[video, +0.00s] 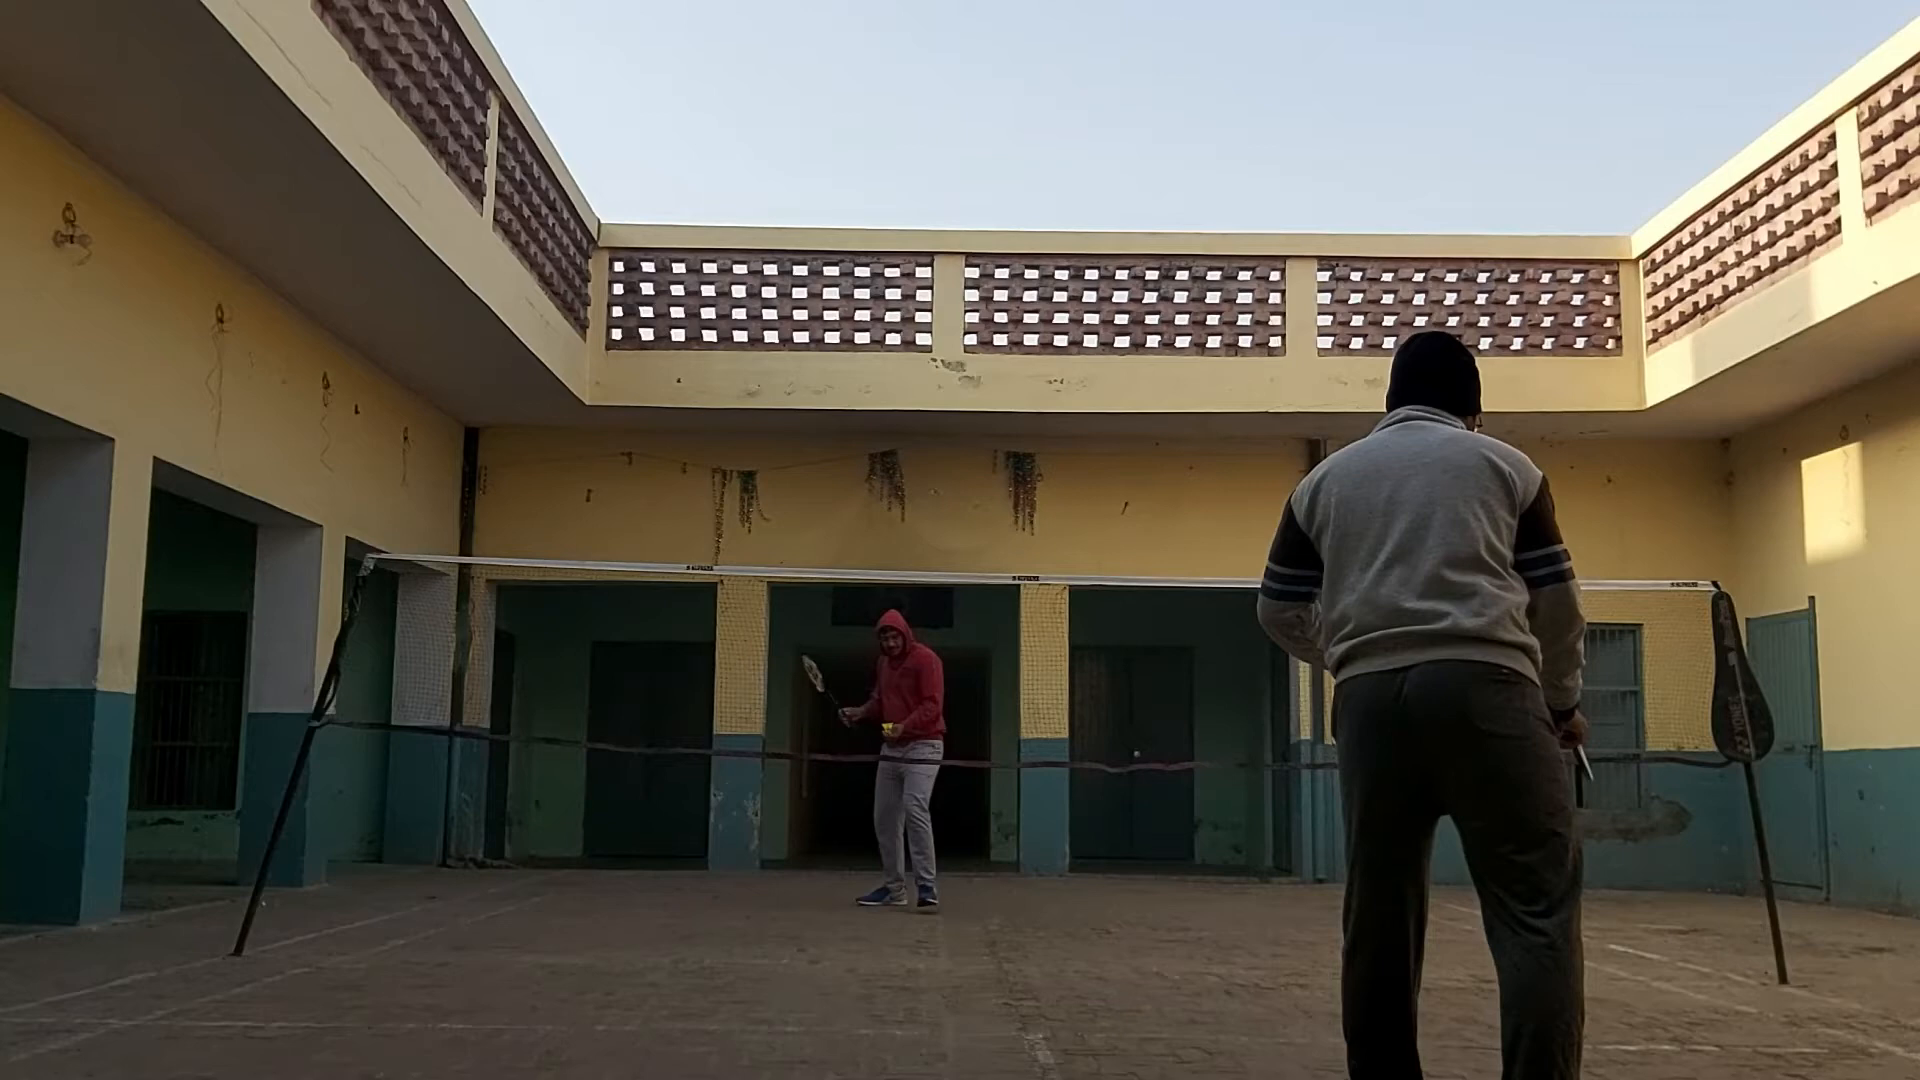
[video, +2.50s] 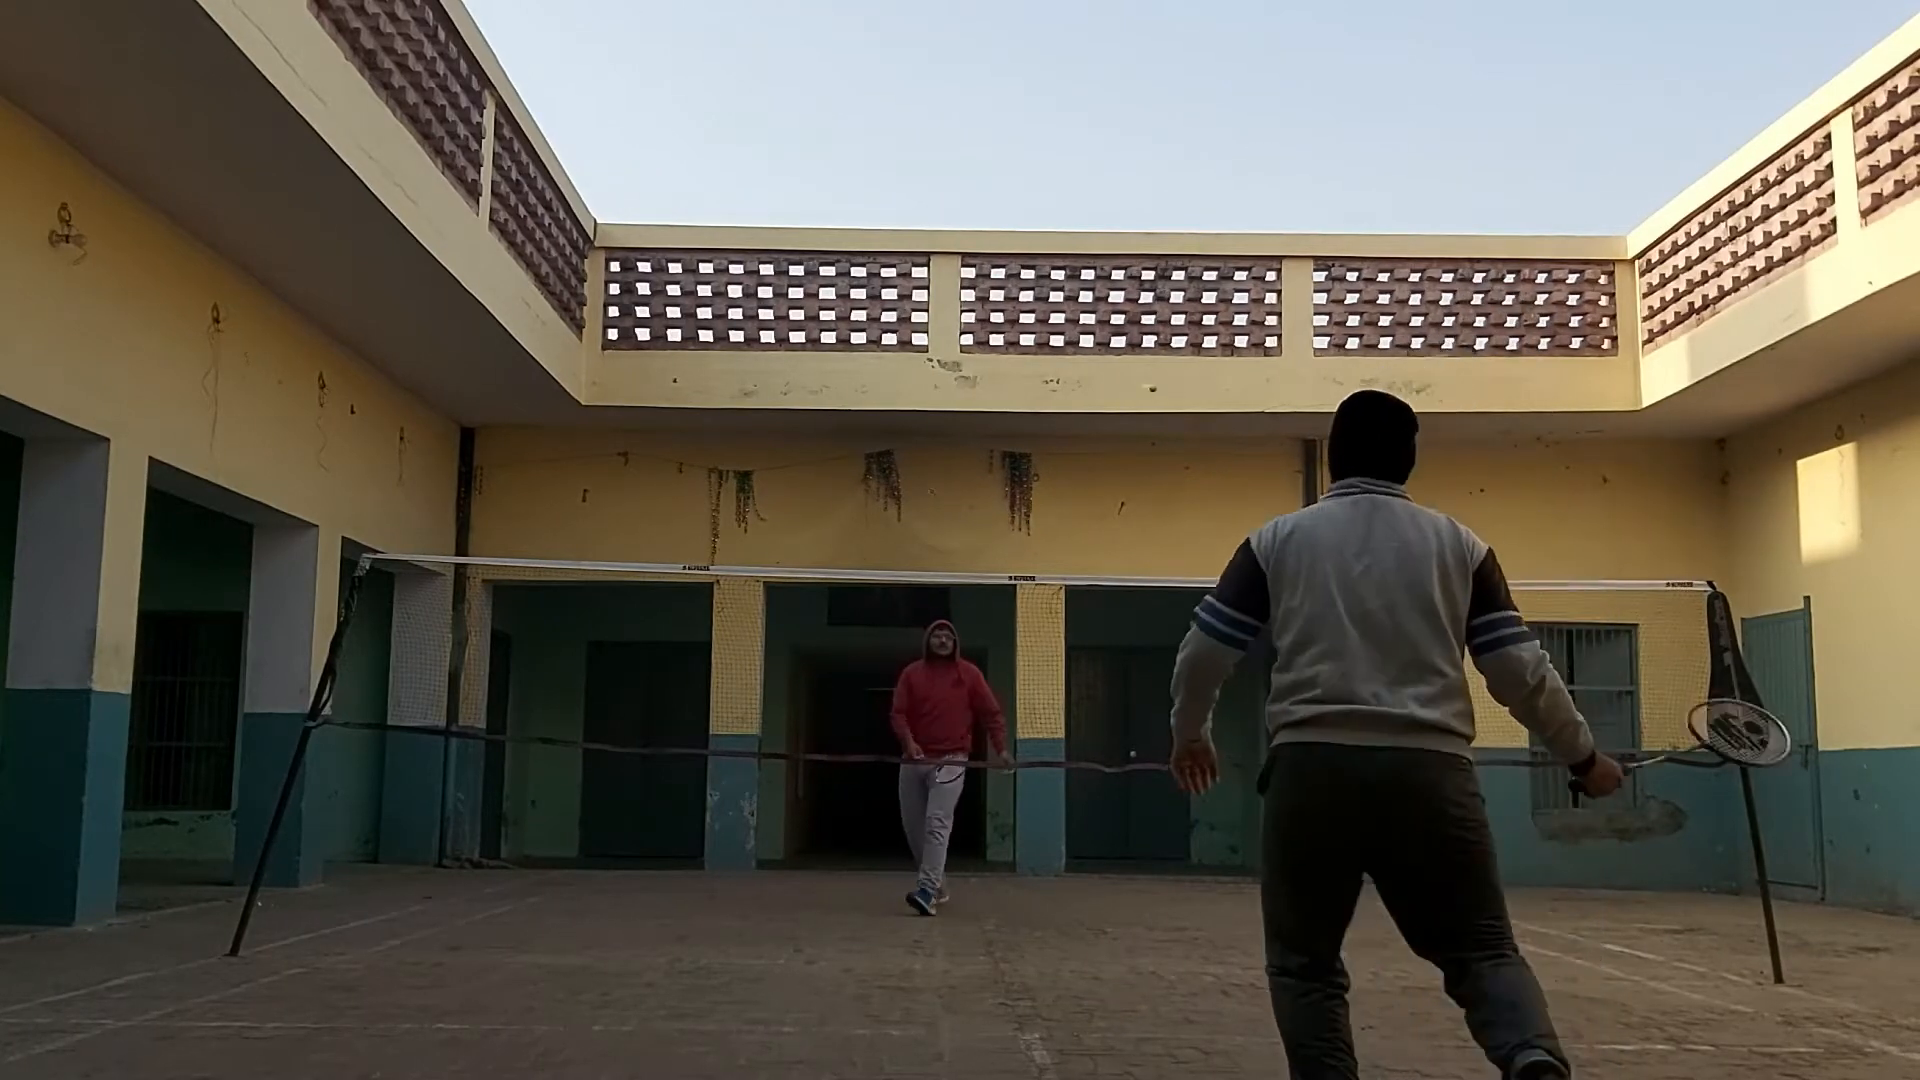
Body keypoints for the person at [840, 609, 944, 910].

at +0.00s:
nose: (889, 641)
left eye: (894, 635)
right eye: (884, 636)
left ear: (906, 635)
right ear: (880, 639)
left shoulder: (926, 660)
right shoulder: (884, 662)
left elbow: (932, 707)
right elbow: (880, 701)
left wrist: (903, 727)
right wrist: (860, 712)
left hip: (923, 746)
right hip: (892, 746)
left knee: (914, 808)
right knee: (885, 816)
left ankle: (926, 885)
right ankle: (894, 886)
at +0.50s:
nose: (894, 639)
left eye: (899, 634)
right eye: (889, 635)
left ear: (910, 635)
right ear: (884, 638)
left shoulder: (928, 660)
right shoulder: (891, 665)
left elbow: (935, 711)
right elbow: (899, 705)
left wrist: (902, 734)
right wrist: (885, 723)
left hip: (929, 751)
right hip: (900, 750)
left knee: (920, 823)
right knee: (886, 817)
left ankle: (923, 895)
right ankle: (889, 884)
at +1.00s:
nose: (894, 632)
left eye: (899, 626)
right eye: (889, 627)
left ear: (911, 628)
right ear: (883, 632)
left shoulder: (926, 653)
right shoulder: (896, 656)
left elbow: (913, 697)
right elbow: (904, 697)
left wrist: (867, 698)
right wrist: (892, 710)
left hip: (936, 747)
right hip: (906, 745)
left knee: (926, 821)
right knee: (893, 813)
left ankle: (923, 894)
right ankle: (904, 884)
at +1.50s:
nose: (892, 632)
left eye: (897, 627)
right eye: (887, 628)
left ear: (908, 628)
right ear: (883, 633)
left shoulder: (924, 653)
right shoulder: (897, 655)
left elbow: (910, 698)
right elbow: (906, 697)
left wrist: (864, 700)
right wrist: (895, 712)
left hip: (936, 747)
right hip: (908, 746)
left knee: (925, 823)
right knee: (893, 812)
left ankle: (924, 895)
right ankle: (903, 885)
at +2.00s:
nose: (897, 632)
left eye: (902, 627)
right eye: (893, 628)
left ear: (915, 628)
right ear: (890, 632)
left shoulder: (936, 655)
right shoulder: (899, 660)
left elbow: (942, 708)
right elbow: (896, 698)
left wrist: (918, 739)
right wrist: (895, 715)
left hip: (941, 751)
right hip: (910, 749)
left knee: (929, 823)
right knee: (891, 812)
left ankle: (924, 894)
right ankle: (902, 882)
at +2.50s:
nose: (942, 640)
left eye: (947, 636)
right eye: (937, 636)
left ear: (954, 642)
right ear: (928, 641)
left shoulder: (968, 673)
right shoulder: (912, 673)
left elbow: (992, 712)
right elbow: (898, 714)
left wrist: (1000, 749)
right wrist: (908, 741)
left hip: (951, 760)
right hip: (915, 760)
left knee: (937, 823)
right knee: (913, 825)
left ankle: (927, 891)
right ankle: (936, 884)